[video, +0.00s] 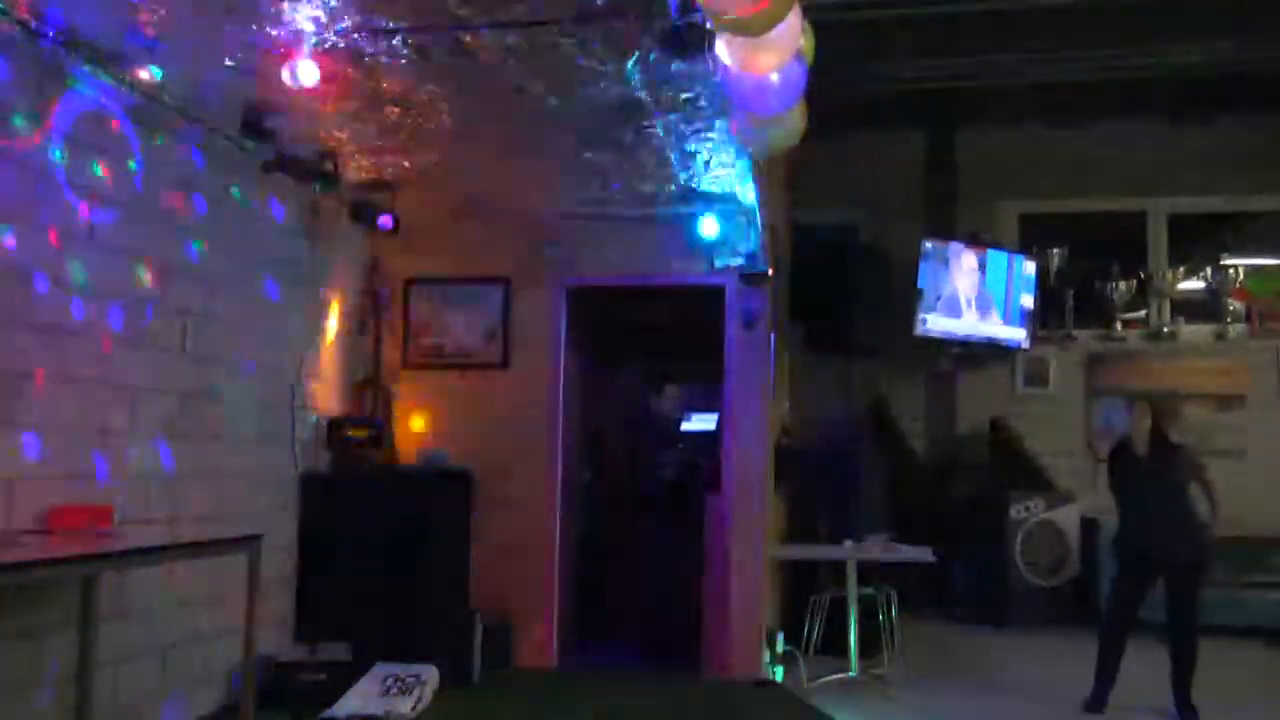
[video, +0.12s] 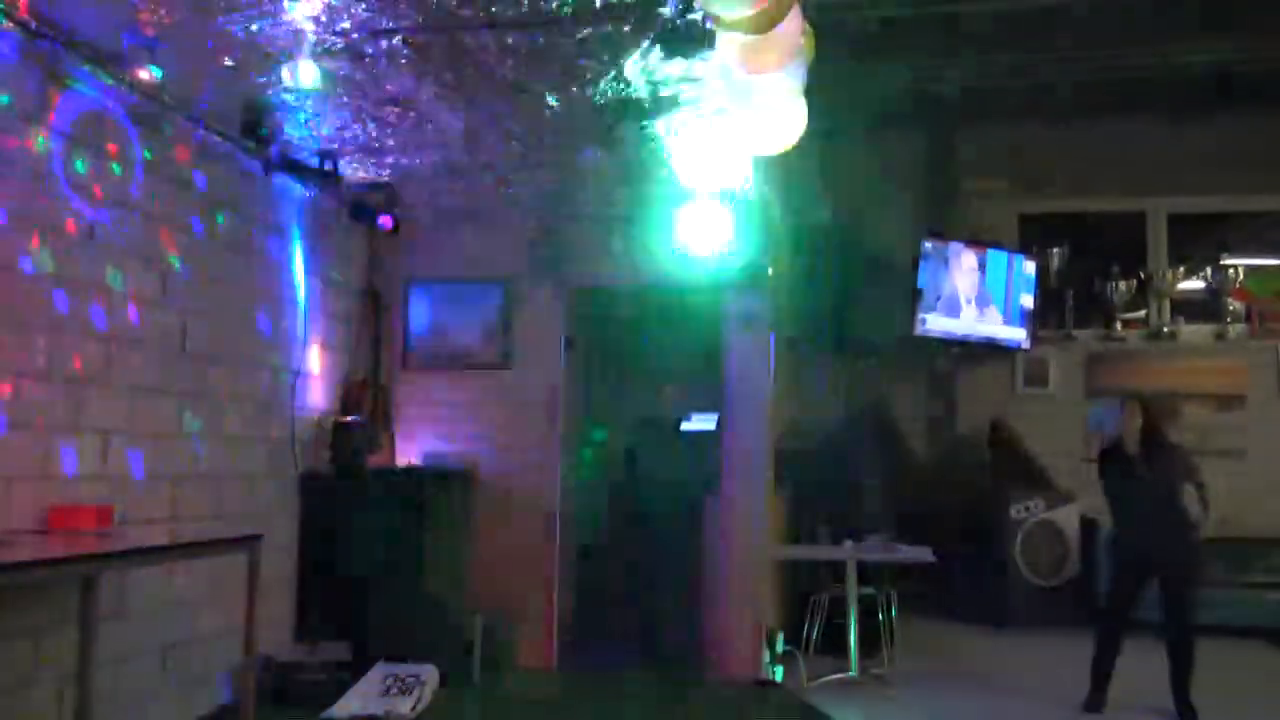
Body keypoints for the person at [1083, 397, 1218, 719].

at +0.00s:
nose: (1138, 423)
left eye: (1144, 417)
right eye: (1134, 417)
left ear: (1156, 422)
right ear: (1126, 421)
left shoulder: (1177, 455)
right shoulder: (1120, 456)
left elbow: (1205, 486)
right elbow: (1121, 499)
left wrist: (1215, 519)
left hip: (1182, 549)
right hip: (1138, 551)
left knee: (1182, 628)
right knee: (1116, 622)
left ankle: (1183, 701)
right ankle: (1099, 695)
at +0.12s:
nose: (1128, 423)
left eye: (1134, 416)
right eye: (1124, 416)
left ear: (1147, 420)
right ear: (1116, 422)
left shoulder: (1169, 454)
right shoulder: (1110, 457)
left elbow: (1197, 494)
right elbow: (1113, 500)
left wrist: (1197, 526)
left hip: (1173, 549)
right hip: (1131, 550)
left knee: (1179, 626)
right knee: (1112, 619)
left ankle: (1183, 700)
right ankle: (1097, 694)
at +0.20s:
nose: (1118, 422)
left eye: (1125, 414)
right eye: (1114, 415)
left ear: (1139, 419)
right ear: (1108, 422)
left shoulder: (1160, 450)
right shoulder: (1102, 455)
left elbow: (1189, 485)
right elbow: (1109, 497)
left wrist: (1195, 523)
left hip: (1165, 548)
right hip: (1124, 550)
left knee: (1174, 626)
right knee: (1107, 622)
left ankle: (1181, 698)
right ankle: (1096, 695)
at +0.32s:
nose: (1109, 418)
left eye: (1115, 411)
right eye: (1104, 411)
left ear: (1129, 415)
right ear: (1096, 417)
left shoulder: (1149, 449)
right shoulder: (1089, 454)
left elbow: (1179, 483)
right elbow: (1090, 496)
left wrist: (1179, 520)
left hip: (1155, 544)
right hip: (1107, 546)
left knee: (1168, 623)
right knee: (1100, 623)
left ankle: (1178, 695)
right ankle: (1095, 695)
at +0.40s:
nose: (1105, 417)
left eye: (1111, 410)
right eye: (1099, 411)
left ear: (1123, 414)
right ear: (1091, 416)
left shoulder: (1142, 448)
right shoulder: (1084, 452)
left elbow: (1168, 477)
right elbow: (1093, 493)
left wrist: (1174, 493)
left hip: (1146, 545)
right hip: (1102, 546)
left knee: (1163, 624)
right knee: (1097, 623)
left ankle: (1177, 696)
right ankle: (1095, 695)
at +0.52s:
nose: (1103, 420)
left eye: (1109, 413)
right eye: (1098, 412)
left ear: (1121, 417)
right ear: (1090, 416)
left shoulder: (1140, 450)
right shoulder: (1077, 450)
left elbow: (1165, 486)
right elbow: (1073, 492)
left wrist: (1162, 525)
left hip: (1137, 543)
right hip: (1093, 545)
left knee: (1155, 621)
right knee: (1093, 622)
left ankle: (1178, 698)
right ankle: (1094, 695)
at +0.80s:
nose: (1092, 419)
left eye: (1097, 412)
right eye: (1087, 412)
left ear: (1109, 414)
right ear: (1081, 416)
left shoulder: (1127, 447)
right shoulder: (1068, 448)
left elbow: (1151, 482)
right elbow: (1062, 492)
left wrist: (1146, 521)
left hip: (1123, 544)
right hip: (1082, 547)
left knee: (1146, 621)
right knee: (1088, 622)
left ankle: (1177, 700)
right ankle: (1094, 695)